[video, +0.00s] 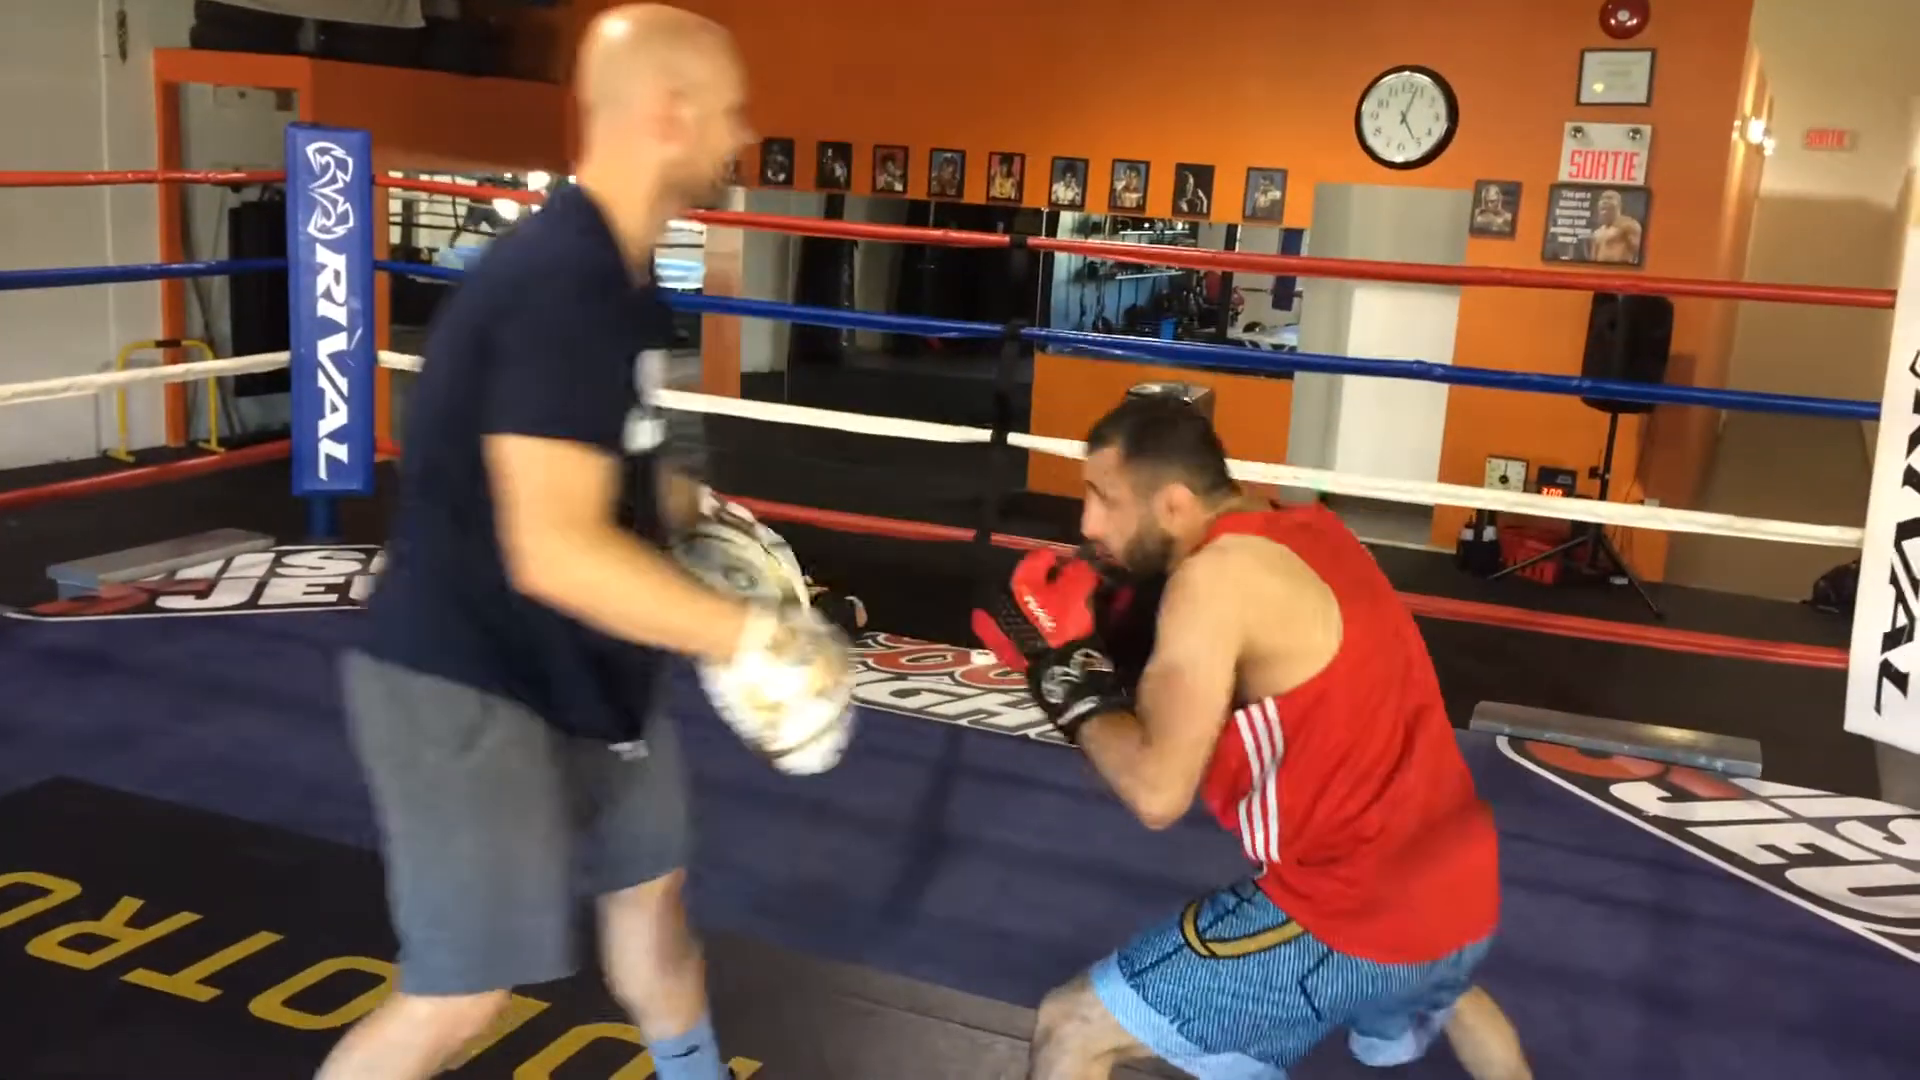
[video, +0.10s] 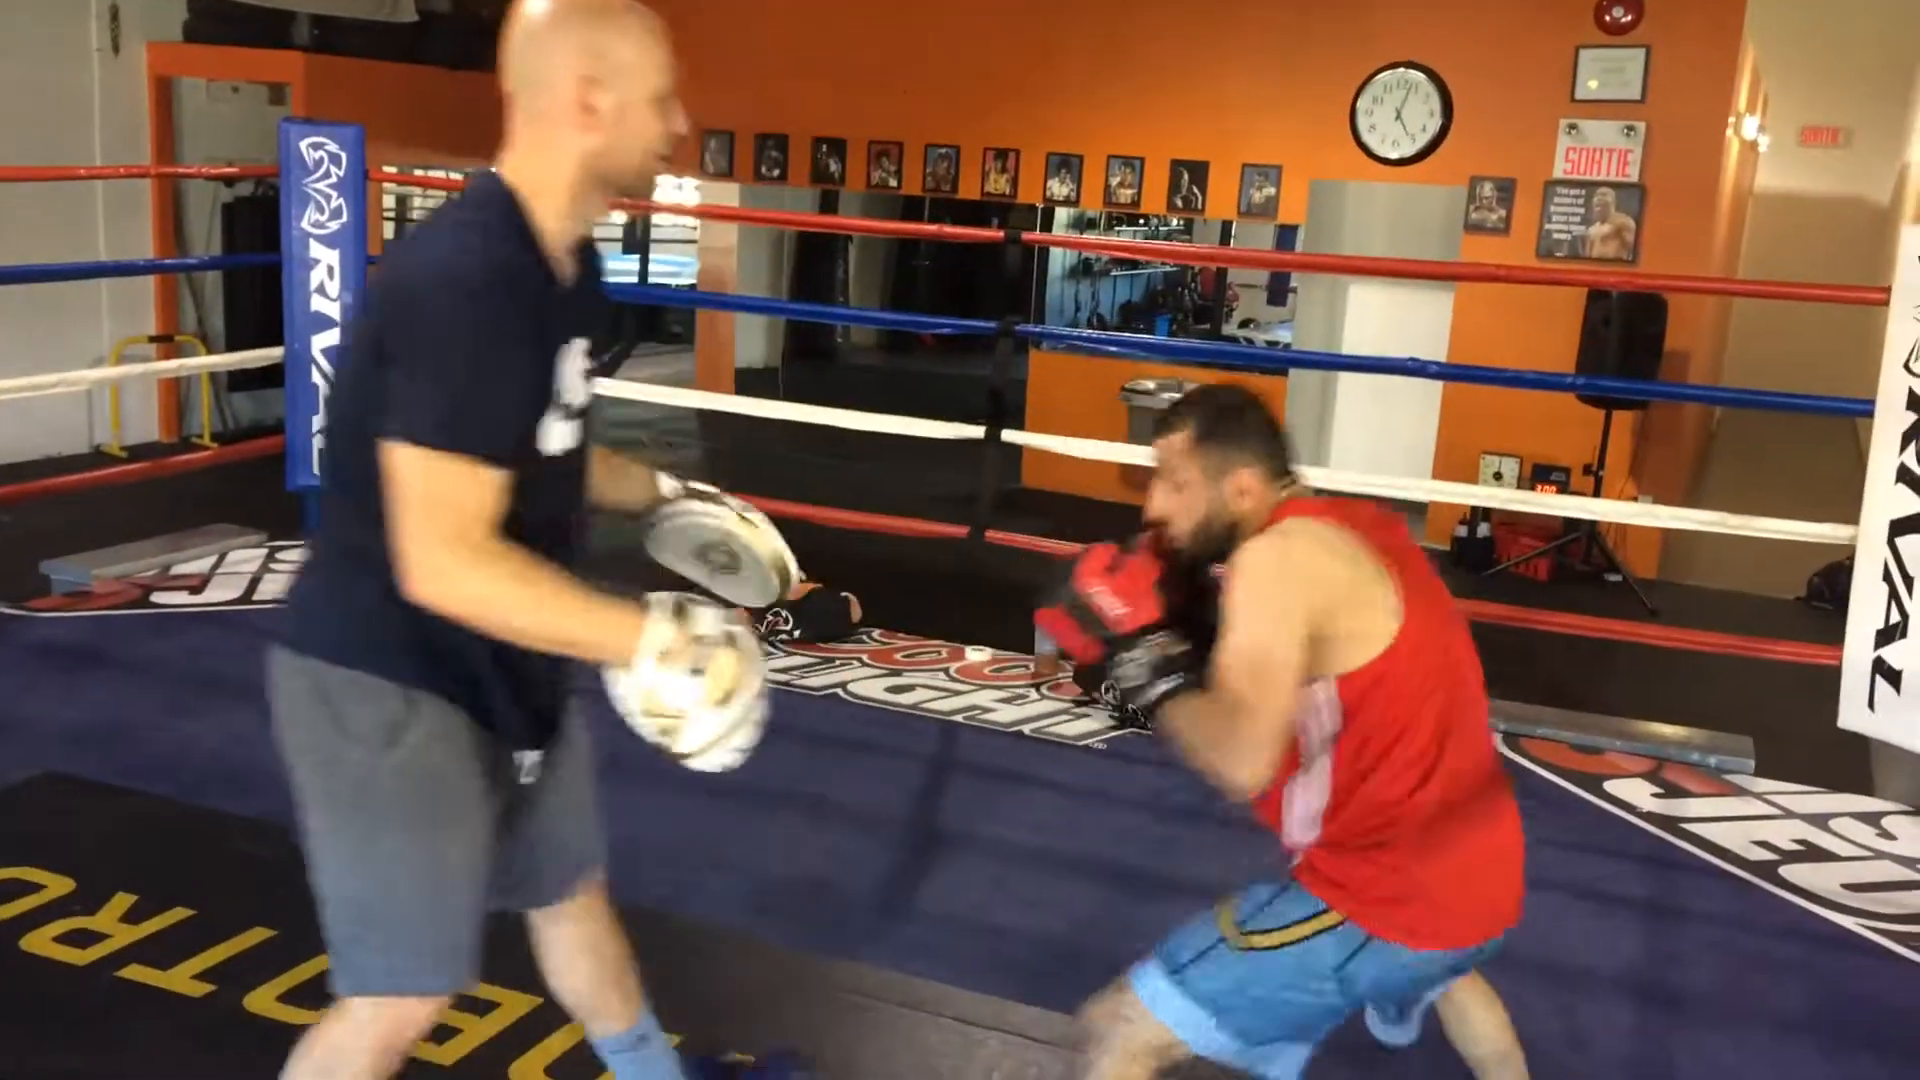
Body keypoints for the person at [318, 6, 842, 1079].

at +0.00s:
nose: (744, 145)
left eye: (742, 118)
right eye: (733, 115)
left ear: (649, 115)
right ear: (664, 114)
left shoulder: (620, 277)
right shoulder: (553, 281)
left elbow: (619, 478)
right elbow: (551, 552)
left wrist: (719, 545)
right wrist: (750, 637)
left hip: (581, 660)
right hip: (454, 677)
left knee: (647, 888)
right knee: (463, 986)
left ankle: (693, 1070)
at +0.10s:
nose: (679, 134)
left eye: (677, 106)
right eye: (664, 105)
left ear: (581, 107)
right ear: (585, 105)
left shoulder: (558, 264)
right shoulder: (461, 278)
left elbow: (536, 453)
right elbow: (437, 561)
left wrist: (667, 499)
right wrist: (654, 638)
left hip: (514, 660)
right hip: (381, 680)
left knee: (568, 895)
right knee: (396, 994)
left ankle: (654, 1071)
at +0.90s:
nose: (317, 92)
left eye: (320, 62)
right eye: (291, 60)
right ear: (187, 44)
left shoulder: (259, 225)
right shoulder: (85, 222)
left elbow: (273, 422)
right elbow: (145, 489)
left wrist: (406, 403)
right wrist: (364, 423)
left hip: (169, 652)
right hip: (48, 658)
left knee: (118, 929)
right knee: (52, 959)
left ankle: (76, 1077)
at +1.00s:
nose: (293, 96)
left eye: (294, 67)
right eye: (267, 67)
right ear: (163, 62)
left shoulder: (252, 244)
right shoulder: (61, 238)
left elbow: (271, 441)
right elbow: (139, 505)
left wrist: (373, 427)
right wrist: (342, 420)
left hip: (179, 653)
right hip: (39, 664)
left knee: (169, 902)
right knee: (31, 955)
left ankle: (76, 1076)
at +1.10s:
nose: (283, 122)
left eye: (282, 92)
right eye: (254, 94)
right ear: (147, 90)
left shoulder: (249, 261)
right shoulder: (48, 267)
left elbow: (283, 458)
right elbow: (152, 524)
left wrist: (414, 415)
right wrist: (358, 417)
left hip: (184, 678)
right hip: (36, 688)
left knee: (254, 902)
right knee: (29, 978)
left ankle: (125, 1071)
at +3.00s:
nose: (810, 241)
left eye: (818, 214)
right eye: (788, 212)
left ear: (710, 197)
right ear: (704, 195)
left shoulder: (713, 312)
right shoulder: (676, 338)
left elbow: (753, 505)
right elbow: (885, 515)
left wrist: (694, 545)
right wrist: (1016, 518)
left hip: (617, 659)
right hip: (488, 677)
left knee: (663, 896)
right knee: (483, 964)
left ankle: (670, 1075)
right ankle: (352, 1071)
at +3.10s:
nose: (833, 238)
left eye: (841, 211)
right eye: (810, 208)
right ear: (724, 186)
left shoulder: (756, 316)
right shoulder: (694, 335)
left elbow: (752, 530)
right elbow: (867, 531)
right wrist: (979, 529)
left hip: (627, 652)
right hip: (508, 668)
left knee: (684, 903)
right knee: (487, 962)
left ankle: (680, 1074)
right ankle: (352, 1071)